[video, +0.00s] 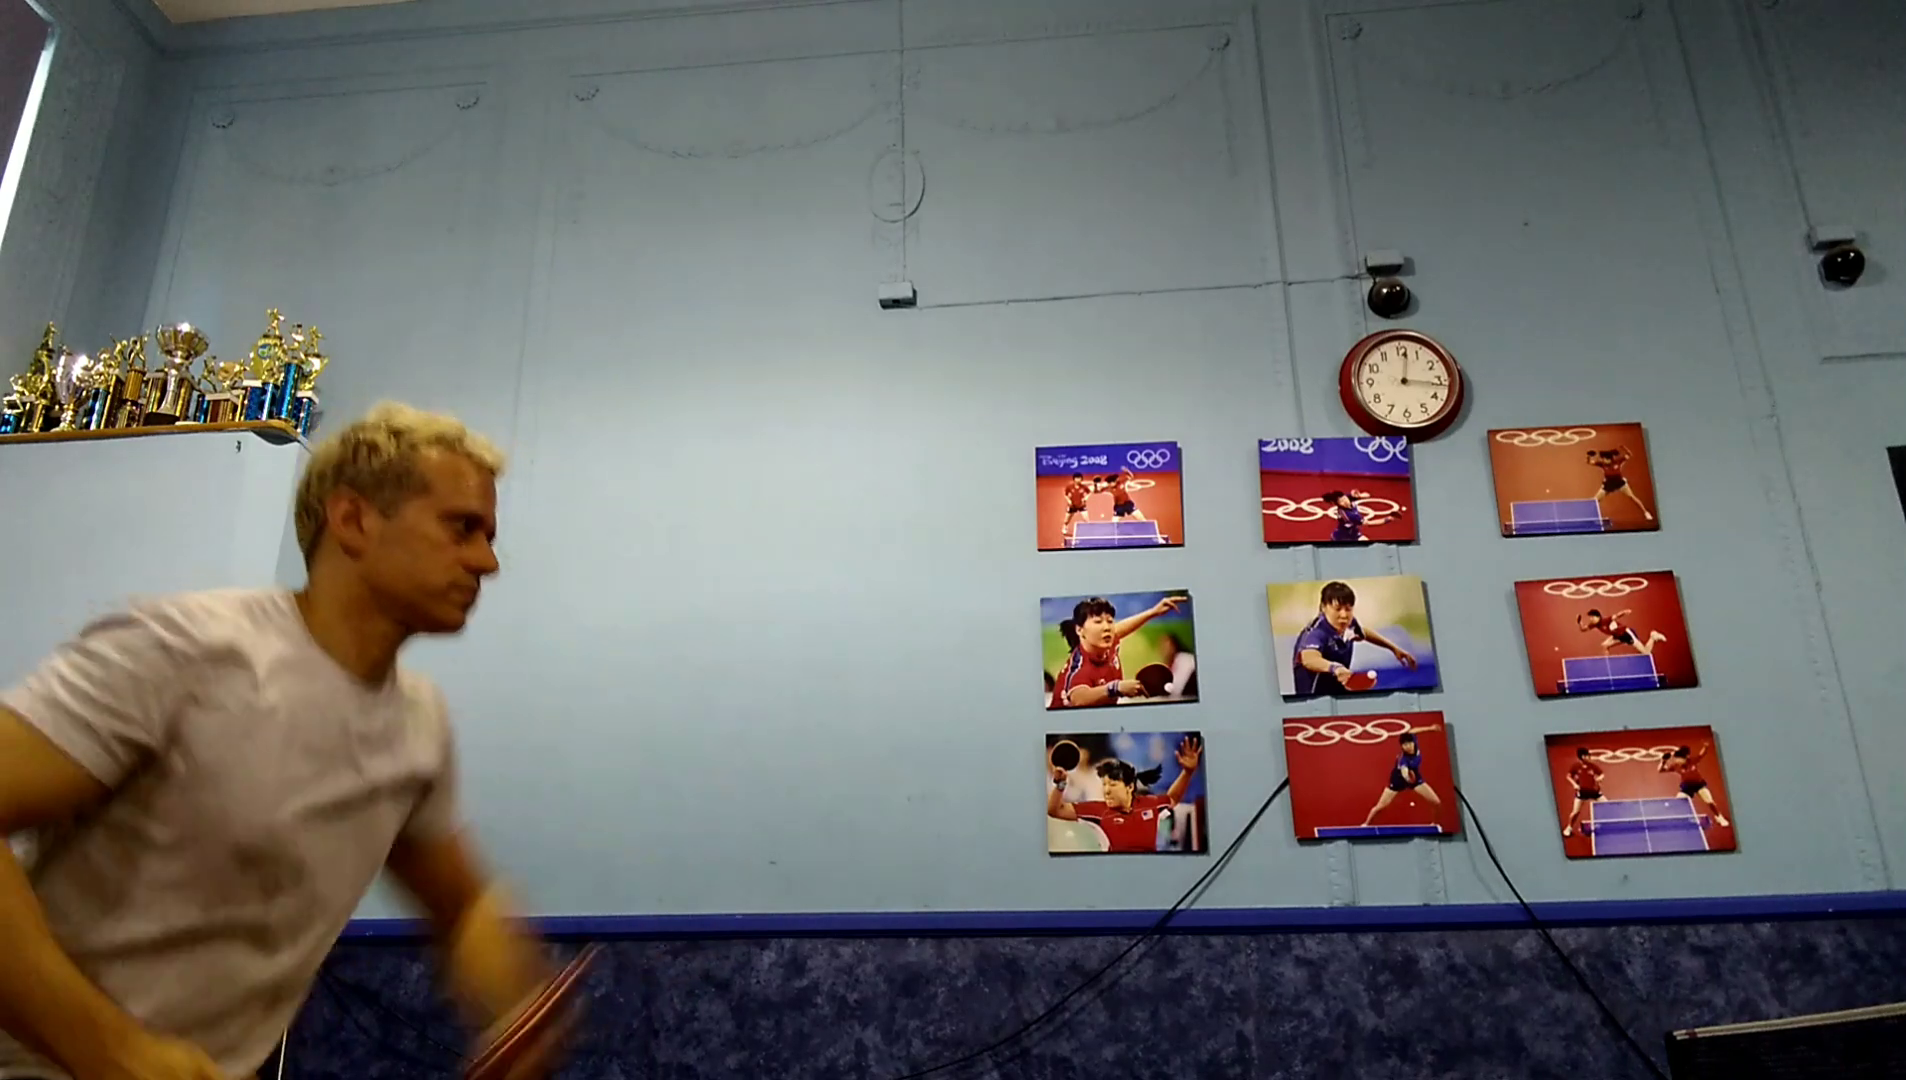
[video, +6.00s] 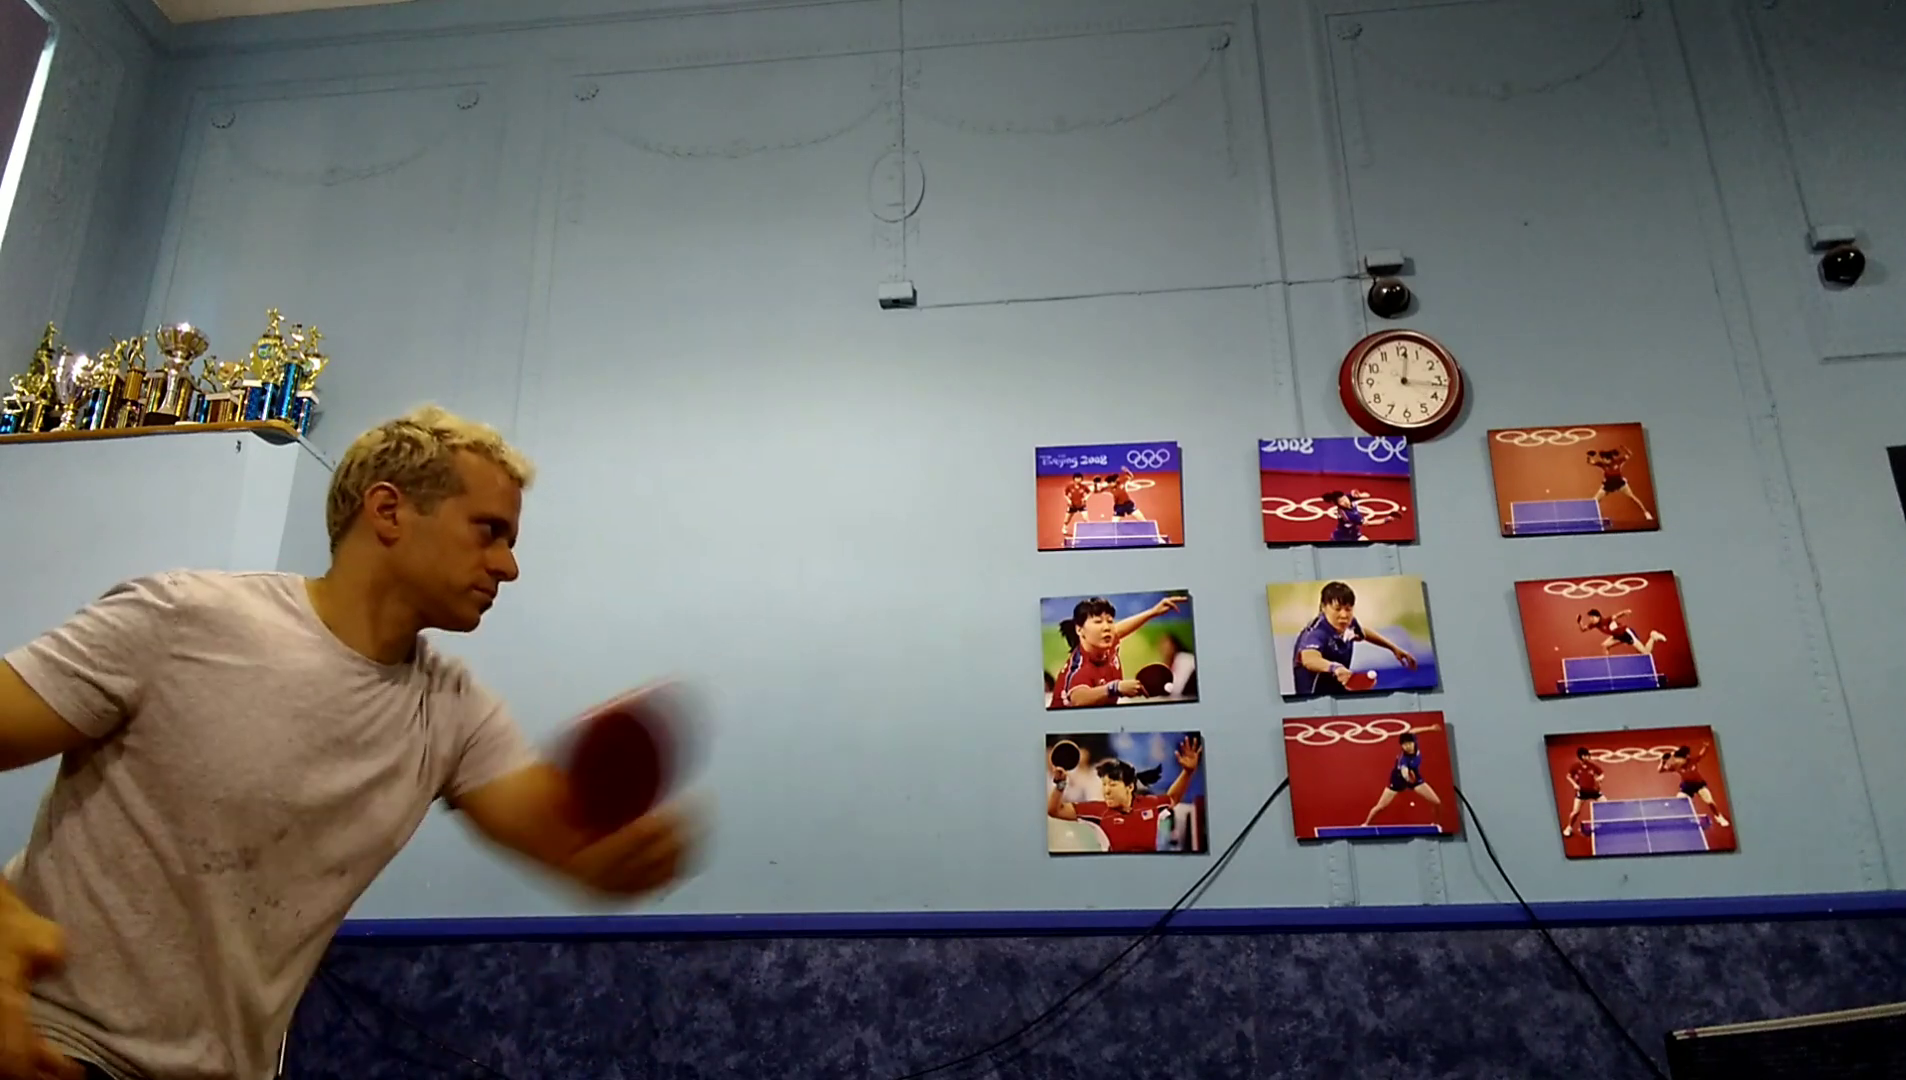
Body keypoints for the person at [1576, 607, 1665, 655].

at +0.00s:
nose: (1590, 621)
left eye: (1591, 618)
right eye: (1590, 619)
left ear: (1597, 617)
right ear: (1592, 619)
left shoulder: (1607, 620)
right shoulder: (1594, 625)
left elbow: (1617, 615)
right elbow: (1583, 630)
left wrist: (1625, 612)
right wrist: (1579, 623)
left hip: (1627, 634)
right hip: (1617, 637)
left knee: (1646, 652)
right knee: (1604, 645)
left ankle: (1653, 636)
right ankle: (1608, 667)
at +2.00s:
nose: (1590, 620)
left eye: (1591, 618)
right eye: (1590, 618)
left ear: (1597, 617)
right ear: (1593, 618)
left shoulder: (1607, 620)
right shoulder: (1594, 624)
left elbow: (1617, 616)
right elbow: (1583, 630)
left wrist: (1625, 612)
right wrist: (1579, 623)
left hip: (1627, 634)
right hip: (1618, 637)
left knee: (1646, 652)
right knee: (1604, 645)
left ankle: (1653, 636)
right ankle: (1608, 667)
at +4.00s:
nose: (1590, 620)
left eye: (1591, 618)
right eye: (1590, 618)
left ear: (1597, 617)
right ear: (1593, 618)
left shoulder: (1606, 620)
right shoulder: (1594, 624)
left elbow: (1617, 616)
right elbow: (1583, 630)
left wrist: (1625, 612)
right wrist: (1579, 623)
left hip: (1627, 634)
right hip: (1618, 637)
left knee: (1645, 652)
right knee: (1604, 645)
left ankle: (1653, 636)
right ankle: (1608, 666)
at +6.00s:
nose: (1591, 620)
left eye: (1591, 618)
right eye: (1590, 619)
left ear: (1597, 617)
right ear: (1593, 618)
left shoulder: (1607, 620)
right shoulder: (1595, 625)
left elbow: (1617, 615)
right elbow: (1584, 630)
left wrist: (1625, 612)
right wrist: (1579, 623)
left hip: (1627, 634)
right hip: (1618, 637)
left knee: (1646, 652)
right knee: (1604, 645)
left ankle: (1653, 636)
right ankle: (1608, 667)